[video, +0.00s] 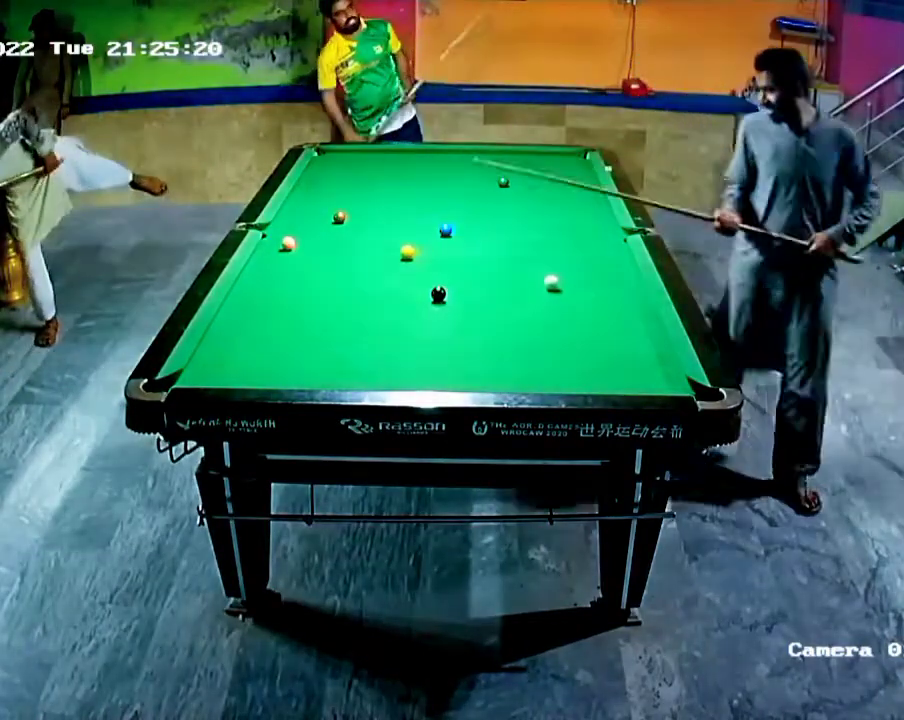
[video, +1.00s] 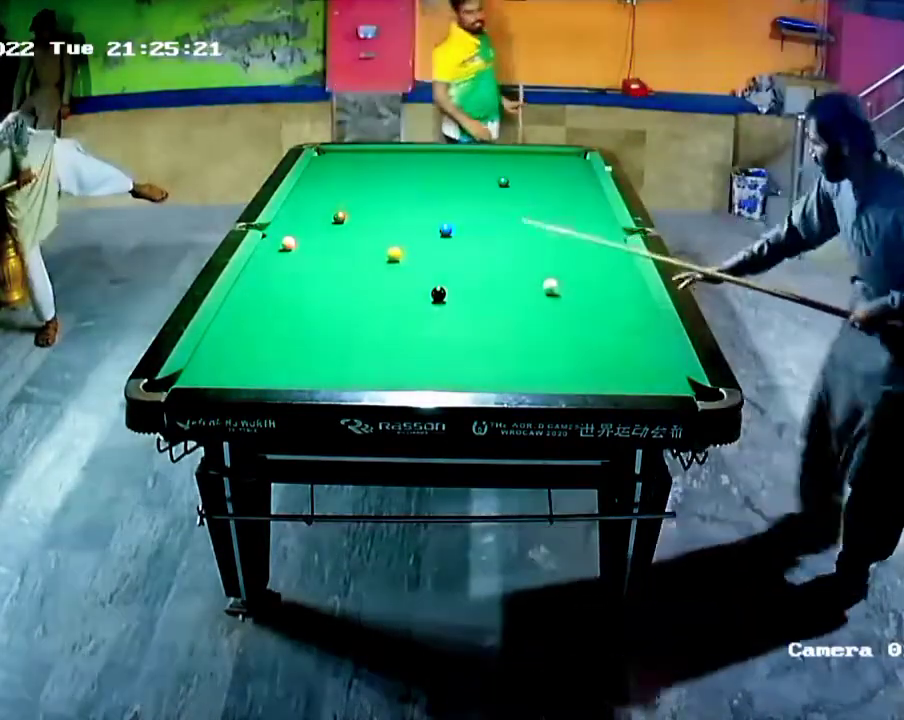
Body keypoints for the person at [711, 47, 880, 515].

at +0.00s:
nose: (762, 99)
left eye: (769, 90)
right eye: (759, 90)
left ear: (796, 87)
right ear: (759, 88)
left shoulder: (840, 137)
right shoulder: (752, 128)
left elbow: (868, 201)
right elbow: (734, 186)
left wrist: (838, 235)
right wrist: (730, 208)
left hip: (809, 271)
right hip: (753, 265)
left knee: (805, 380)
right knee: (729, 357)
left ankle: (794, 476)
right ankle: (712, 442)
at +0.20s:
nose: (778, 103)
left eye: (785, 95)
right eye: (775, 94)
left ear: (814, 93)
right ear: (779, 93)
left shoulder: (865, 149)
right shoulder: (774, 131)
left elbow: (889, 220)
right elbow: (757, 189)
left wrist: (844, 245)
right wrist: (747, 215)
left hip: (832, 291)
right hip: (774, 282)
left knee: (824, 391)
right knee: (756, 374)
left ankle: (791, 475)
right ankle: (750, 454)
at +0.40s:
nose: (772, 123)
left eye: (779, 113)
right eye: (770, 113)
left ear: (810, 110)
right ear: (777, 112)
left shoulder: (866, 166)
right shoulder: (781, 155)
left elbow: (896, 240)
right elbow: (777, 209)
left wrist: (844, 267)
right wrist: (742, 241)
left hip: (841, 316)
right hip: (787, 306)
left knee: (827, 409)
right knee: (776, 403)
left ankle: (801, 477)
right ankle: (777, 500)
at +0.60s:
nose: (777, 125)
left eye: (785, 116)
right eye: (775, 115)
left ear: (816, 115)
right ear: (796, 116)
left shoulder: (870, 170)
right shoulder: (789, 161)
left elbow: (903, 247)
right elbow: (774, 214)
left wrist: (850, 275)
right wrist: (733, 242)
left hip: (852, 328)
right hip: (796, 318)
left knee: (844, 440)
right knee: (782, 423)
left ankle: (834, 534)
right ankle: (778, 519)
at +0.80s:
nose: (801, 139)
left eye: (809, 129)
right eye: (798, 129)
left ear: (840, 127)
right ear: (801, 128)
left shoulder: (887, 189)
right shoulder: (813, 175)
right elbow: (784, 221)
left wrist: (860, 290)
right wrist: (733, 253)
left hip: (873, 347)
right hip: (820, 334)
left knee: (862, 462)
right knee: (788, 434)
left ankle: (854, 567)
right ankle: (778, 522)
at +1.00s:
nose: (812, 151)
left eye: (819, 140)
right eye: (811, 140)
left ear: (850, 140)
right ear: (824, 143)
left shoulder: (897, 197)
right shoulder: (833, 191)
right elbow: (790, 235)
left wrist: (887, 305)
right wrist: (725, 270)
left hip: (899, 345)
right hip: (857, 328)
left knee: (872, 465)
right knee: (824, 428)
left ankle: (855, 567)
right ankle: (818, 516)